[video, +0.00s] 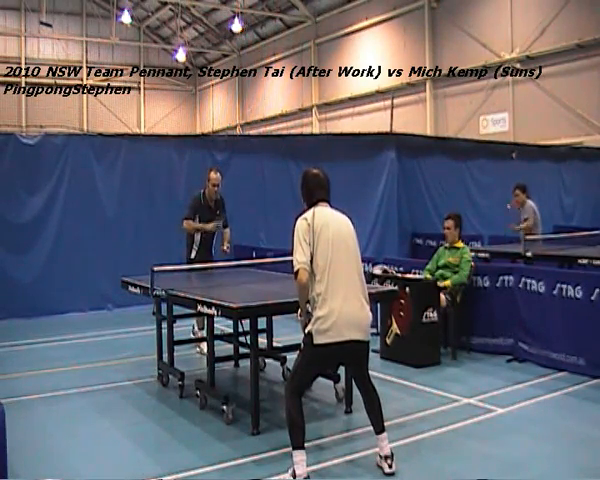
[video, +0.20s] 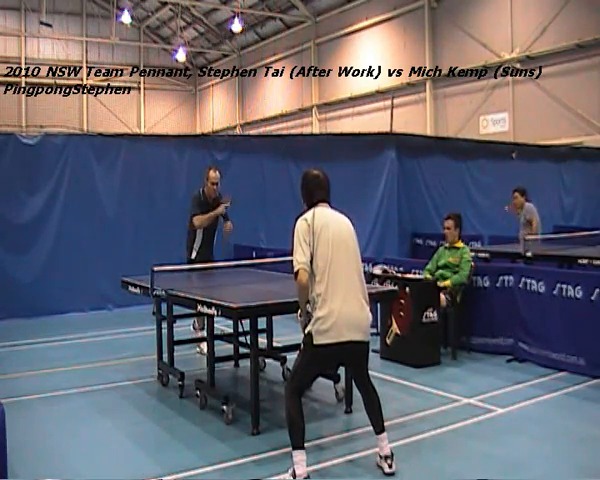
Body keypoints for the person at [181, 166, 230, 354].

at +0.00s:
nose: (215, 189)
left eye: (218, 185)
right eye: (213, 185)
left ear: (221, 185)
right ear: (206, 184)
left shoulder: (220, 201)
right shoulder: (197, 200)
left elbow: (225, 226)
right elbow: (187, 224)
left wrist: (225, 242)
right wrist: (207, 227)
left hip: (208, 253)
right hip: (195, 253)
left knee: (207, 294)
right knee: (199, 295)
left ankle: (199, 331)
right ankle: (199, 332)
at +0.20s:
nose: (215, 187)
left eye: (217, 183)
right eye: (212, 183)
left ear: (220, 183)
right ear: (206, 182)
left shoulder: (219, 199)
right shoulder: (198, 198)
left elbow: (225, 218)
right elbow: (197, 222)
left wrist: (227, 225)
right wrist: (218, 211)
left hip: (209, 251)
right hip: (195, 252)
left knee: (209, 292)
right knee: (199, 295)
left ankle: (198, 324)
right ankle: (201, 334)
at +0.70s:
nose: (220, 191)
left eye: (222, 188)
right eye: (219, 187)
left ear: (219, 188)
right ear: (209, 185)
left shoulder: (208, 200)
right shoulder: (203, 201)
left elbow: (211, 224)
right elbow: (216, 224)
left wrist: (224, 233)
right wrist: (226, 214)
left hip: (202, 252)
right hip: (196, 253)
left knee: (207, 289)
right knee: (203, 294)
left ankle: (199, 322)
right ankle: (202, 334)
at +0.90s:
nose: (222, 190)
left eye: (224, 187)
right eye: (220, 185)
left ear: (223, 187)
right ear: (211, 183)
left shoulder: (217, 202)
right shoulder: (201, 197)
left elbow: (214, 228)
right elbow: (185, 181)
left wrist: (218, 247)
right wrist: (190, 187)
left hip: (204, 249)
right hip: (190, 248)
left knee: (204, 286)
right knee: (193, 288)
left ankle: (199, 325)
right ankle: (192, 328)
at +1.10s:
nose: (217, 183)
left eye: (219, 181)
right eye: (215, 179)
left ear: (221, 182)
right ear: (207, 176)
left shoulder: (216, 198)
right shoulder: (196, 188)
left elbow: (214, 226)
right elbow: (174, 185)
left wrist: (216, 248)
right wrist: (168, 195)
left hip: (204, 248)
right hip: (189, 247)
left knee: (203, 287)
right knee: (185, 288)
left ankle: (198, 324)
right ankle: (180, 329)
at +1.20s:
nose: (214, 186)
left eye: (217, 183)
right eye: (213, 181)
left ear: (218, 183)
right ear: (206, 178)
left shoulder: (213, 201)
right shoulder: (192, 192)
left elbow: (214, 230)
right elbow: (171, 197)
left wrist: (218, 250)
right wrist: (166, 220)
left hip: (204, 253)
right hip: (188, 252)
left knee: (204, 291)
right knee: (183, 293)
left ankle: (198, 325)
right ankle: (179, 332)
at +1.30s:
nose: (214, 186)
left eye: (216, 183)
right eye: (212, 182)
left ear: (216, 184)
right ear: (204, 180)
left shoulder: (212, 202)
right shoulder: (191, 195)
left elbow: (212, 230)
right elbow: (170, 208)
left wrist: (216, 250)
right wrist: (168, 237)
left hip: (203, 254)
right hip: (188, 254)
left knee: (204, 291)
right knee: (183, 295)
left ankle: (200, 322)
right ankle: (179, 333)